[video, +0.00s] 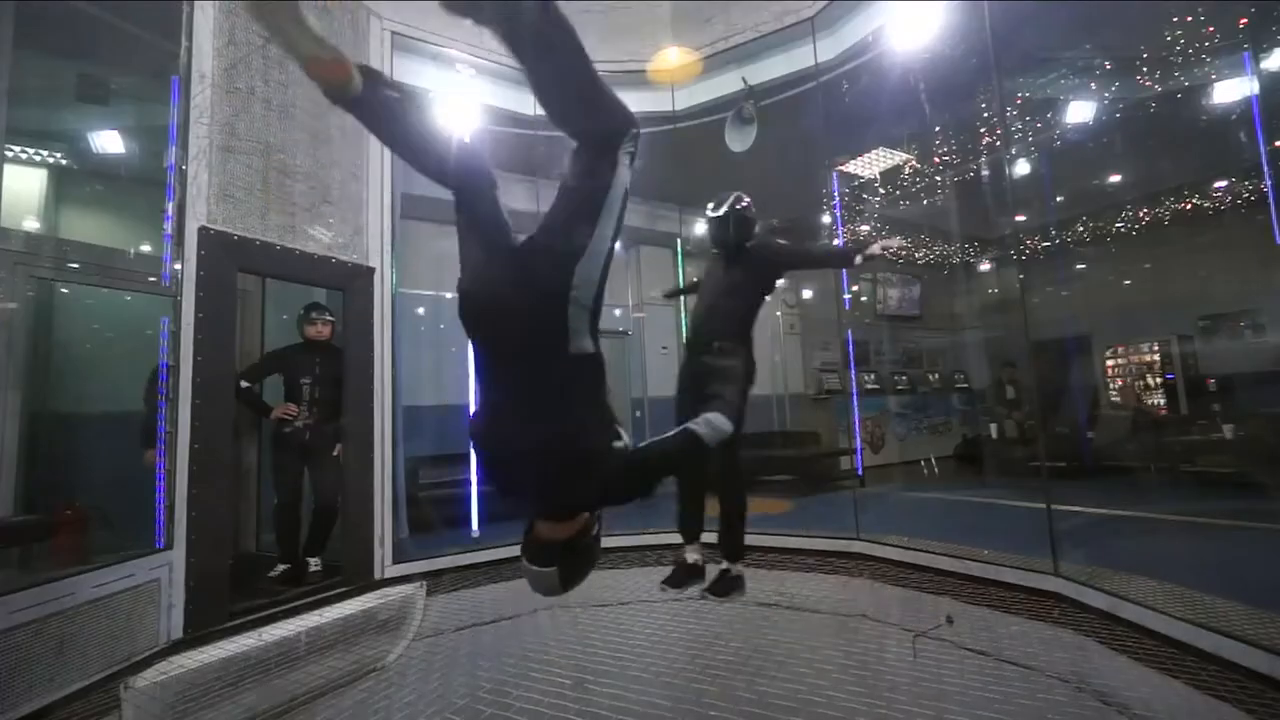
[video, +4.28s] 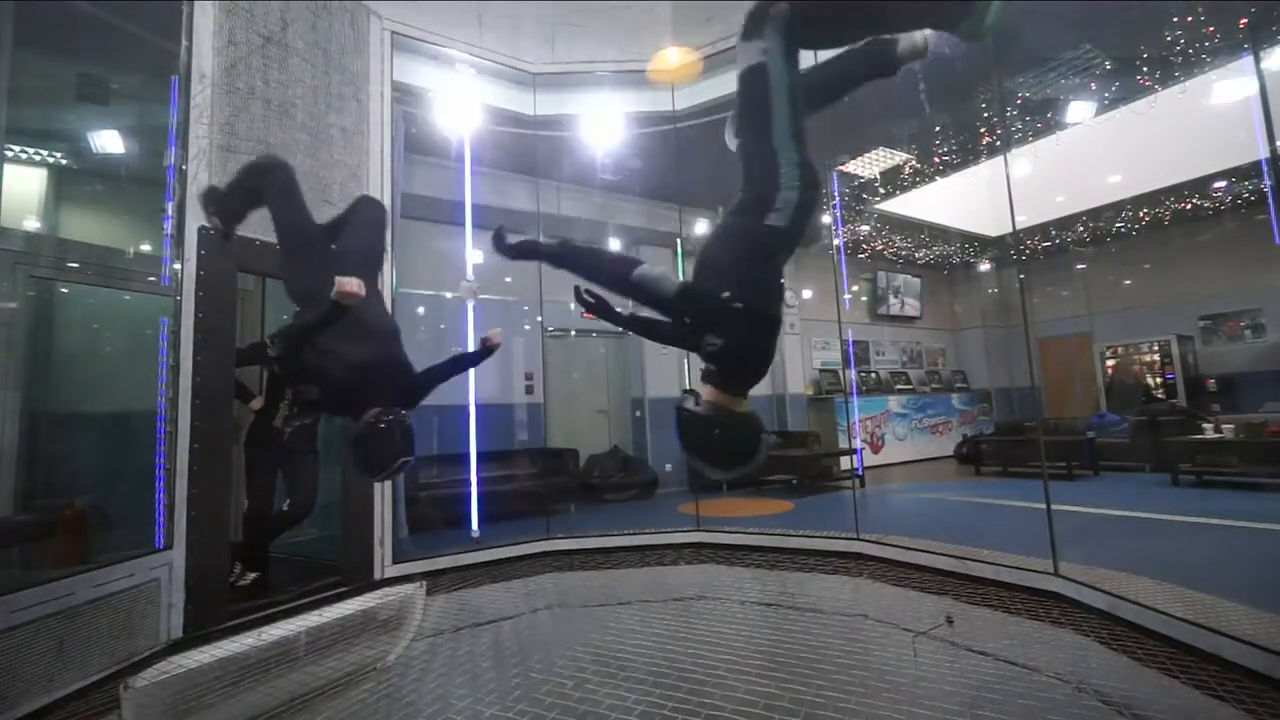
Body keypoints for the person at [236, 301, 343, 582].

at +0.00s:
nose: (320, 328)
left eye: (325, 323)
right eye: (314, 323)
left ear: (333, 327)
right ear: (302, 326)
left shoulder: (341, 359)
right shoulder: (287, 356)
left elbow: (353, 400)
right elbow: (242, 384)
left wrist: (344, 438)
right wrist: (269, 411)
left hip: (325, 439)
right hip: (289, 439)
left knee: (329, 501)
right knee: (287, 499)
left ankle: (313, 555)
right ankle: (287, 560)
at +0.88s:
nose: (319, 327)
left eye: (325, 322)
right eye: (313, 322)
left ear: (333, 327)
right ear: (302, 326)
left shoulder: (341, 359)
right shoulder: (287, 356)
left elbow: (355, 400)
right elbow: (243, 383)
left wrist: (346, 437)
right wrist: (269, 410)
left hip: (326, 439)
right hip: (289, 439)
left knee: (328, 502)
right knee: (288, 500)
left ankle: (313, 555)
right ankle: (288, 561)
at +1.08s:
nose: (324, 328)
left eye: (329, 323)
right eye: (317, 321)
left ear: (333, 328)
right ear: (301, 323)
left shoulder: (333, 359)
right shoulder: (278, 349)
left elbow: (321, 394)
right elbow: (223, 359)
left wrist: (294, 374)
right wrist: (248, 396)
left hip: (300, 442)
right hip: (265, 438)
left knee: (302, 505)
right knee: (261, 505)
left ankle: (243, 553)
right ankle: (254, 572)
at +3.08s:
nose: (321, 324)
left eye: (326, 320)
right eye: (314, 319)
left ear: (331, 326)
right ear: (300, 323)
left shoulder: (334, 357)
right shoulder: (279, 348)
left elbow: (333, 392)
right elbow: (224, 361)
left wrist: (292, 373)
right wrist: (250, 398)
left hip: (302, 441)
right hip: (264, 436)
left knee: (302, 505)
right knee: (259, 504)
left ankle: (242, 553)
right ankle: (254, 569)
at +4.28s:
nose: (309, 326)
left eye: (316, 322)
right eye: (306, 318)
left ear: (325, 328)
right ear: (298, 318)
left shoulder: (330, 359)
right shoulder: (280, 346)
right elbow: (223, 362)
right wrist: (248, 398)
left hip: (301, 437)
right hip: (265, 434)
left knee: (302, 505)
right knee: (259, 506)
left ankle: (242, 554)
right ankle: (256, 571)